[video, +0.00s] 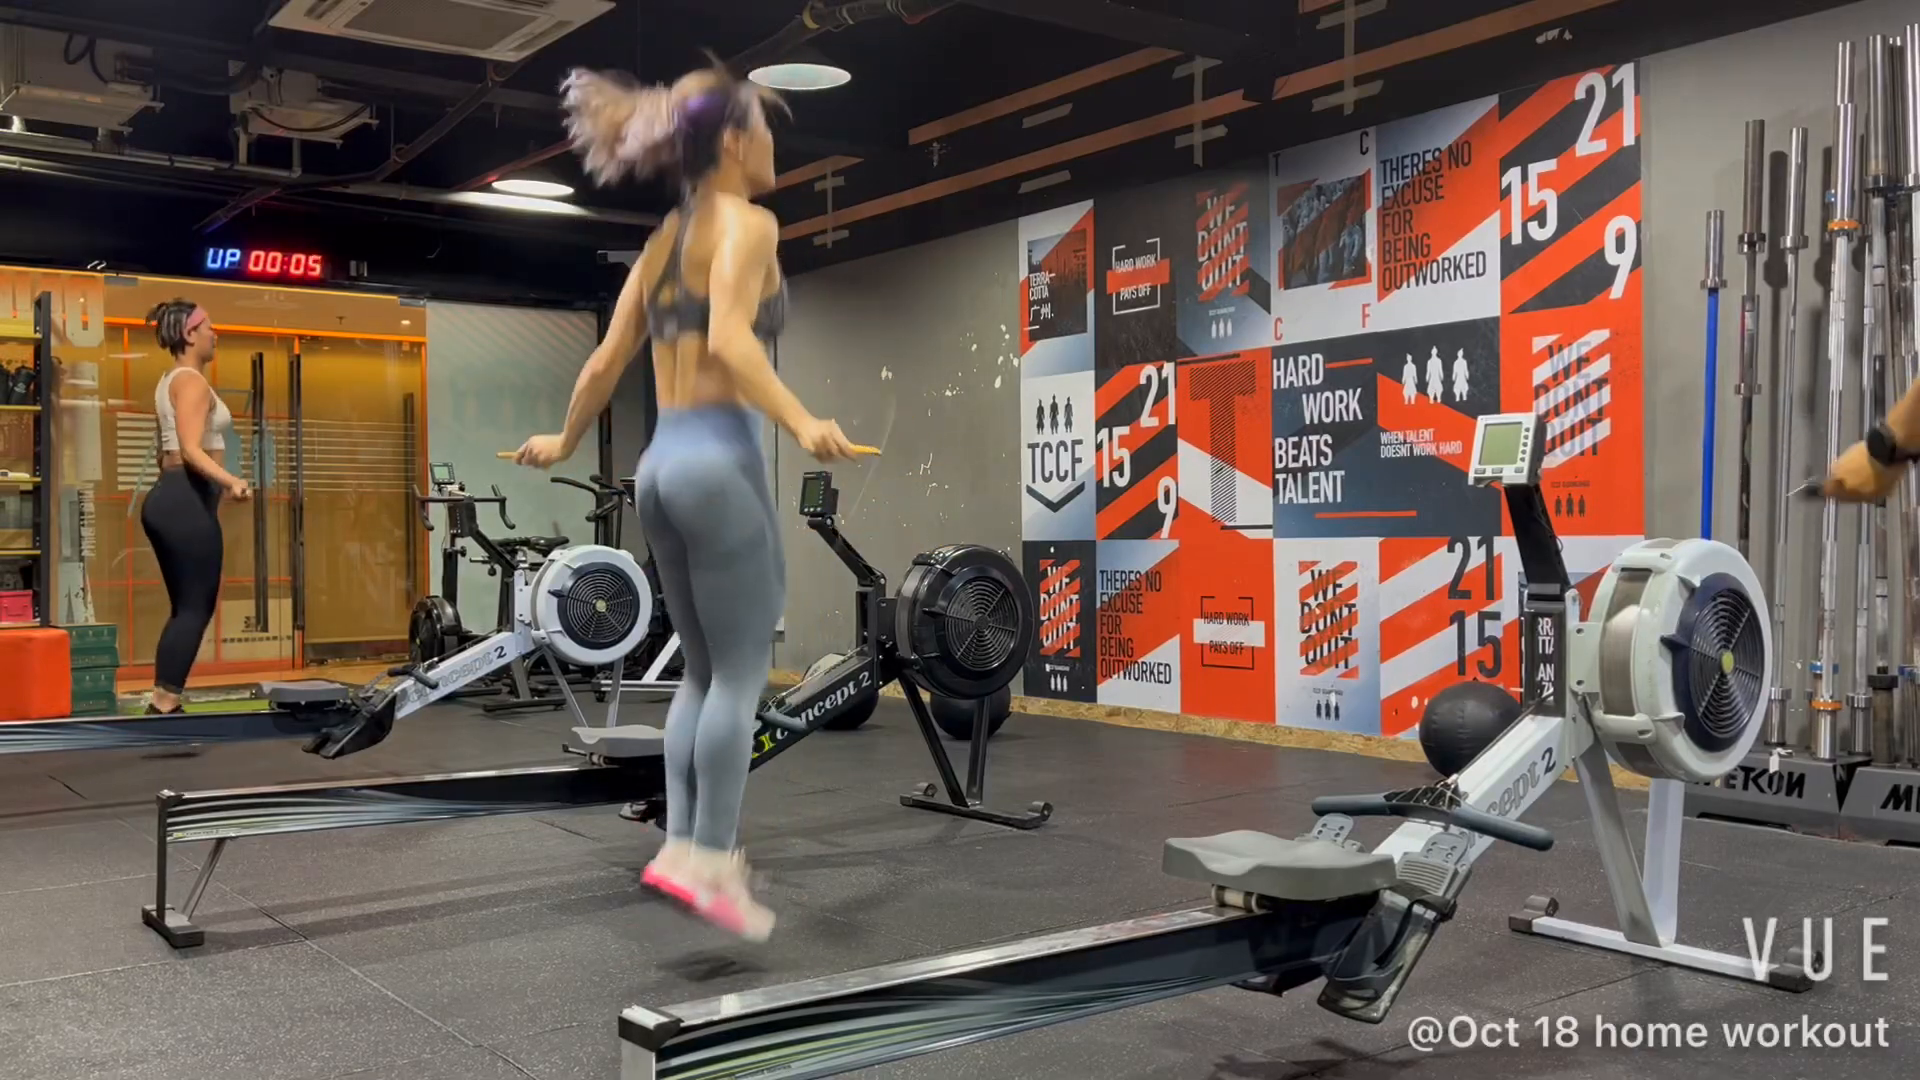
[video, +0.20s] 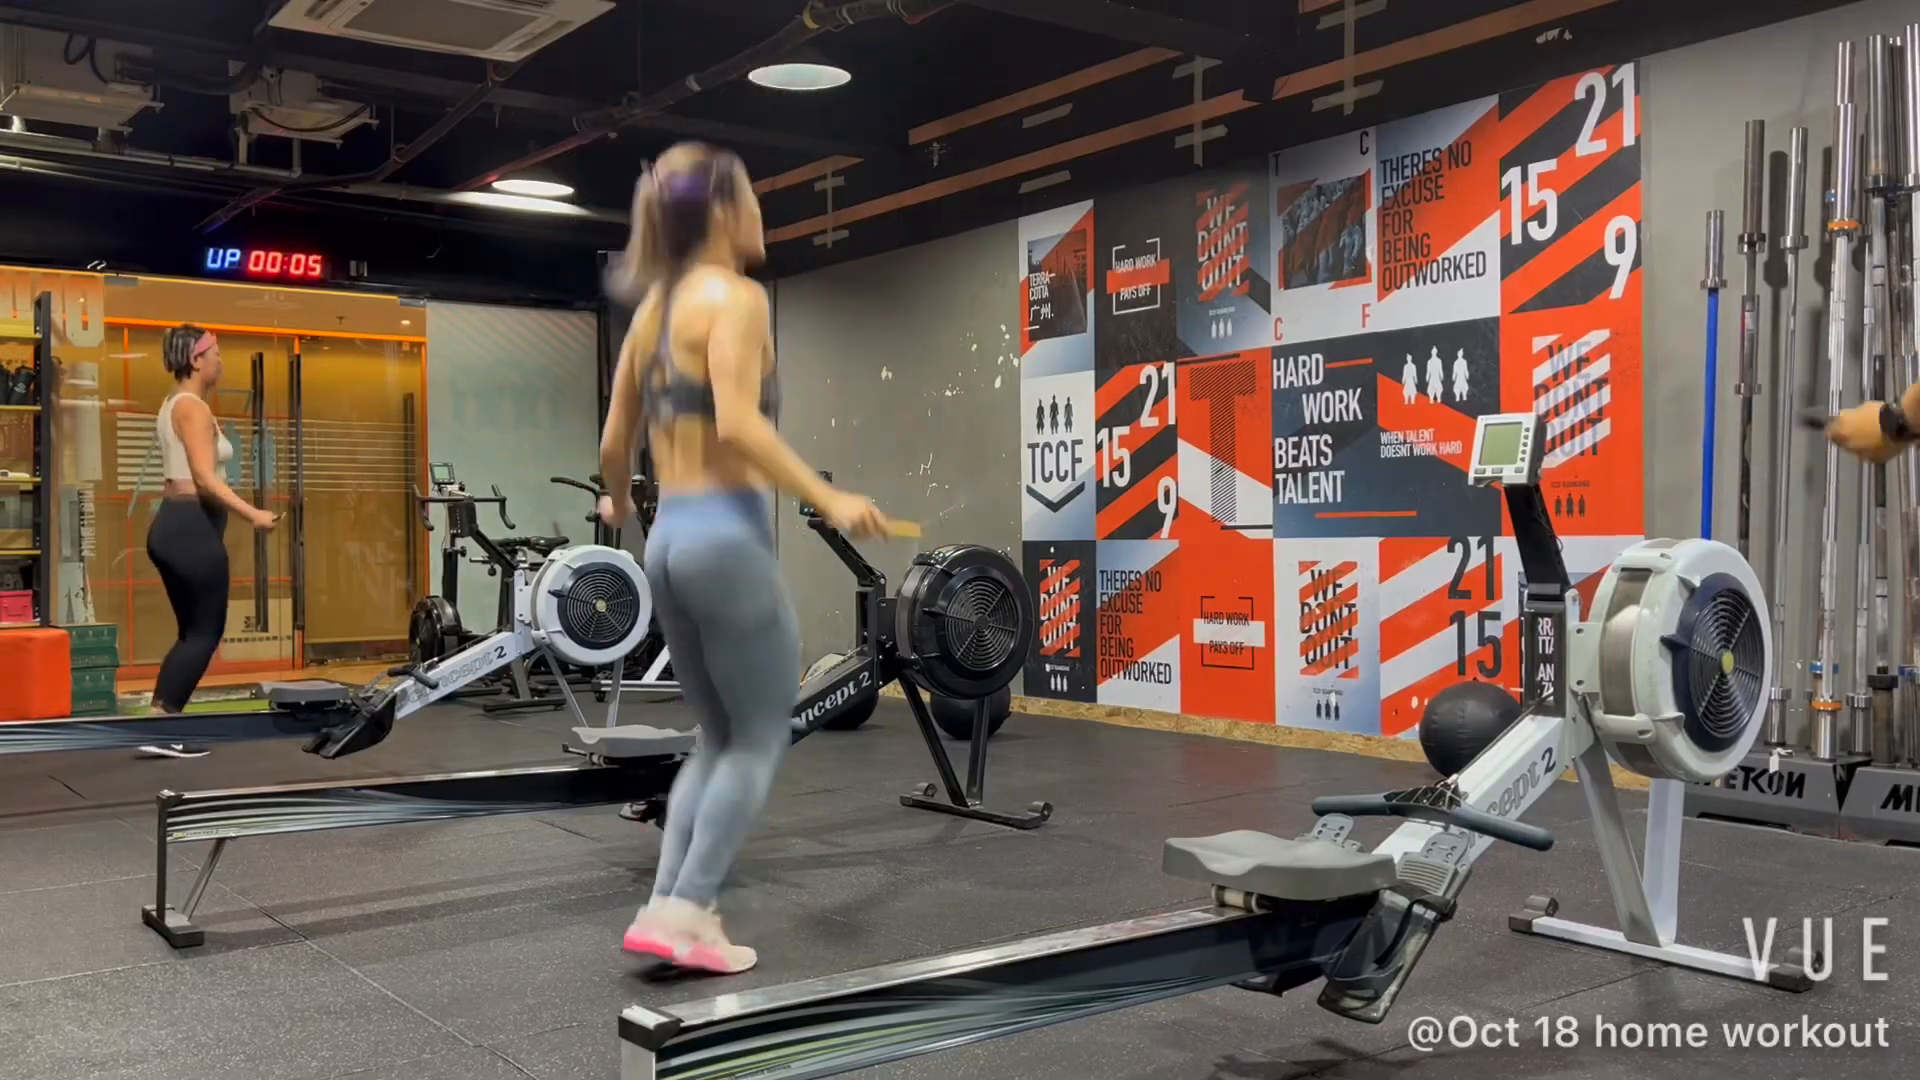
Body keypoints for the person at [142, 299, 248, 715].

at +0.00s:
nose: (215, 331)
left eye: (211, 324)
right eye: (207, 325)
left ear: (183, 337)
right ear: (190, 335)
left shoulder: (172, 380)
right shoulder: (191, 381)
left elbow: (178, 454)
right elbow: (189, 450)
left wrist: (225, 482)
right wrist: (229, 480)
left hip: (169, 495)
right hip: (184, 497)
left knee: (187, 606)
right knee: (197, 606)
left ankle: (164, 699)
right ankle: (166, 702)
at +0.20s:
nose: (221, 361)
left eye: (218, 353)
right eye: (215, 354)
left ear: (191, 361)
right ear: (197, 360)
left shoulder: (176, 405)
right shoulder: (192, 407)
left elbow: (193, 476)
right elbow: (205, 477)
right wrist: (253, 512)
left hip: (175, 523)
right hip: (192, 525)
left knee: (193, 631)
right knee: (206, 632)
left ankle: (158, 715)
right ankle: (164, 718)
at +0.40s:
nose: (222, 337)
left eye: (218, 330)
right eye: (215, 331)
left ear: (191, 340)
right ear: (197, 339)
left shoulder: (178, 385)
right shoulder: (198, 384)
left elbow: (172, 464)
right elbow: (198, 454)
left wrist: (208, 493)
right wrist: (238, 480)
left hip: (182, 501)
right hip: (198, 501)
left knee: (202, 609)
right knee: (213, 608)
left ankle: (177, 700)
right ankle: (180, 703)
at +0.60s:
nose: (228, 357)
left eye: (225, 349)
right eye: (223, 350)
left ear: (196, 356)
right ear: (204, 355)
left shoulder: (181, 401)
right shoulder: (204, 401)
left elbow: (196, 474)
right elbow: (216, 470)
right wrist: (257, 511)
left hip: (189, 519)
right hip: (208, 520)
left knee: (209, 627)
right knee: (220, 627)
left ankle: (181, 716)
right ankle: (183, 718)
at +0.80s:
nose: (232, 338)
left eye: (228, 331)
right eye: (225, 332)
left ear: (201, 343)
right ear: (207, 342)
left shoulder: (186, 389)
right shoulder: (211, 386)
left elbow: (185, 462)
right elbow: (208, 455)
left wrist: (227, 485)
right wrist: (254, 483)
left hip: (193, 508)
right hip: (212, 509)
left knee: (211, 610)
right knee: (227, 610)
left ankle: (190, 701)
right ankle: (195, 705)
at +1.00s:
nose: (236, 348)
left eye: (232, 340)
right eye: (229, 342)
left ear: (204, 350)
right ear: (210, 349)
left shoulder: (189, 395)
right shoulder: (212, 395)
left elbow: (196, 469)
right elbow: (221, 464)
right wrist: (259, 505)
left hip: (197, 512)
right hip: (216, 513)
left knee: (215, 617)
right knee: (232, 617)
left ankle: (196, 708)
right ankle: (200, 710)